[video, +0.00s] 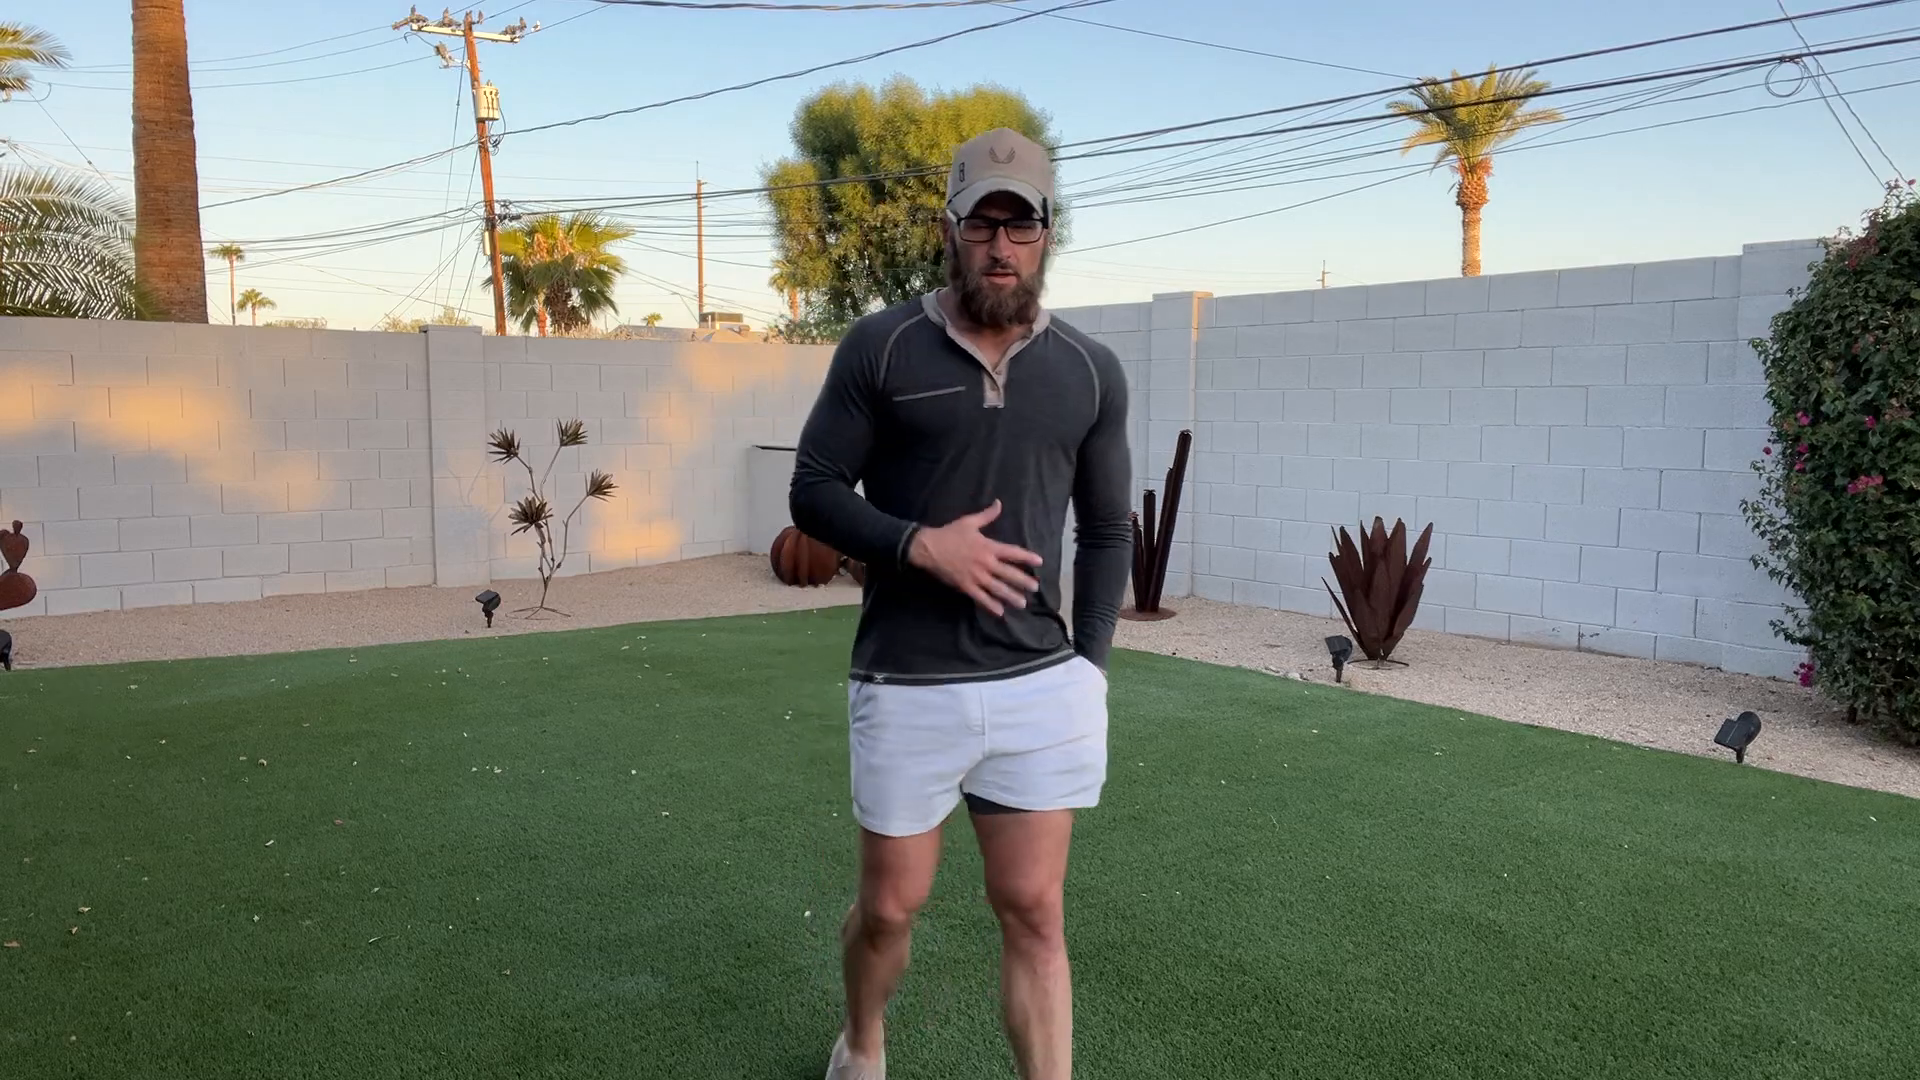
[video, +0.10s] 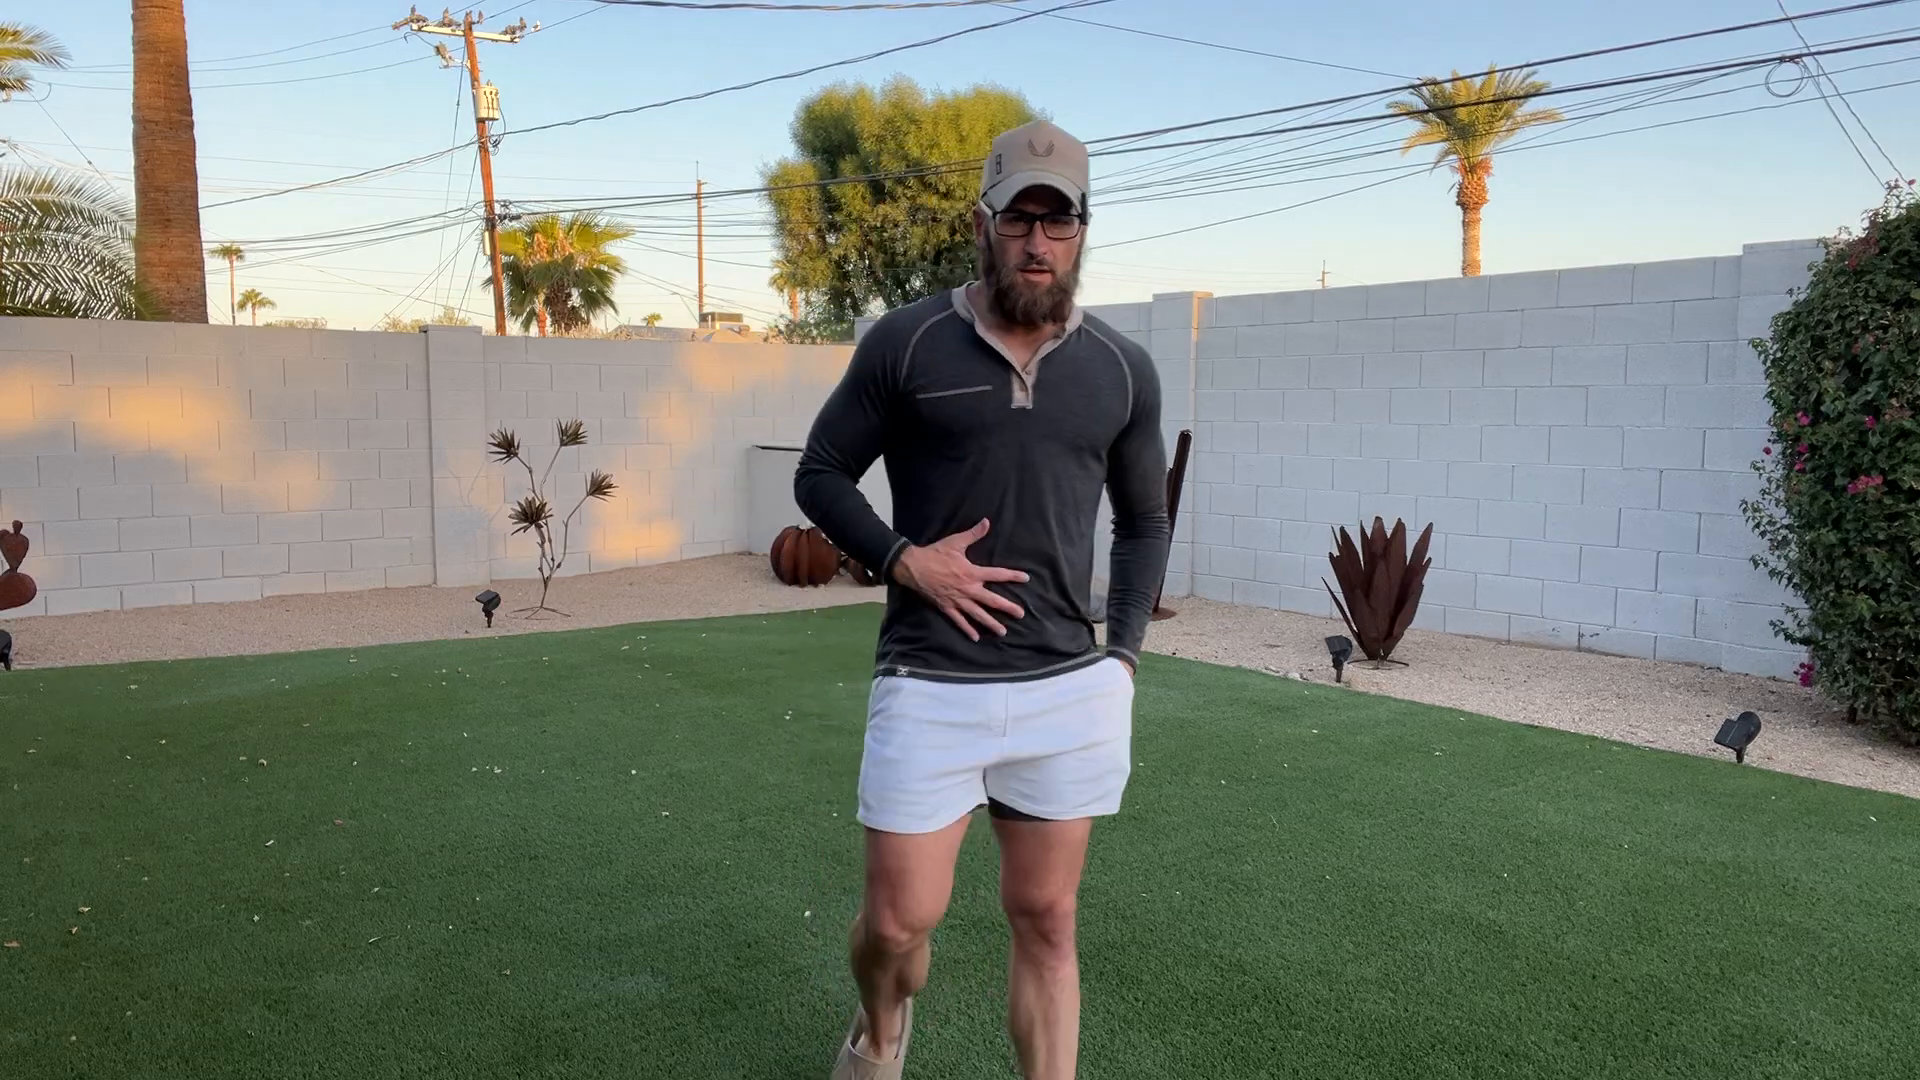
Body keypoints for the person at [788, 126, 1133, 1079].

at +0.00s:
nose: (1001, 247)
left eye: (1021, 226)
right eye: (982, 226)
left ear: (1048, 238)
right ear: (950, 235)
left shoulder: (1092, 371)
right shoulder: (880, 349)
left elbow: (1106, 529)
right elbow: (814, 490)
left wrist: (1087, 659)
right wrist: (919, 541)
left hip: (1043, 680)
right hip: (908, 682)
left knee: (1036, 909)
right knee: (889, 909)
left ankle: (1051, 1075)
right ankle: (863, 1050)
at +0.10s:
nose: (1039, 240)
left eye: (1059, 220)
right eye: (1020, 218)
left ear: (1082, 237)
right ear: (984, 229)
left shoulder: (1124, 370)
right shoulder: (904, 347)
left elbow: (1145, 520)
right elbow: (819, 474)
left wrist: (1122, 648)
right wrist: (902, 559)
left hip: (1070, 683)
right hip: (929, 682)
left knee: (1048, 917)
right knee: (897, 928)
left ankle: (1052, 1078)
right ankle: (882, 1043)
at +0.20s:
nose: (1063, 235)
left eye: (1084, 216)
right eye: (1043, 213)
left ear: (1108, 233)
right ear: (1007, 222)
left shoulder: (1149, 368)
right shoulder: (923, 341)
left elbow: (1179, 508)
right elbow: (835, 458)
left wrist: (1154, 641)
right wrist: (891, 556)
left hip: (1082, 691)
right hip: (940, 683)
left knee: (1054, 923)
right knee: (906, 927)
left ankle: (1054, 1077)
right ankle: (903, 1067)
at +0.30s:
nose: (1081, 234)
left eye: (1103, 214)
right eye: (1061, 210)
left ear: (1126, 228)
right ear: (1022, 218)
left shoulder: (1168, 366)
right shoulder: (935, 340)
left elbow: (1213, 493)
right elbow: (853, 458)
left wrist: (1205, 607)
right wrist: (871, 547)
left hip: (1092, 696)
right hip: (953, 686)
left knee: (1061, 930)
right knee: (920, 938)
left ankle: (1053, 1079)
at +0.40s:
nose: (1086, 233)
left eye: (1107, 211)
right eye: (1066, 208)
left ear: (1133, 225)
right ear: (1027, 215)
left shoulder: (1180, 368)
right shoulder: (942, 343)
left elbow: (1234, 499)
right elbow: (866, 471)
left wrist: (1249, 590)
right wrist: (867, 545)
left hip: (1103, 699)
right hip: (964, 690)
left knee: (1067, 936)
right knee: (935, 939)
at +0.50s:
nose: (1085, 227)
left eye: (1106, 205)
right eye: (1064, 203)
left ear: (1134, 218)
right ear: (1028, 213)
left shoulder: (1184, 365)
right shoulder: (945, 343)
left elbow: (1225, 506)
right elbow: (867, 480)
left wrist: (1270, 565)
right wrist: (874, 538)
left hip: (1111, 702)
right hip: (971, 693)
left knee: (1070, 942)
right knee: (941, 944)